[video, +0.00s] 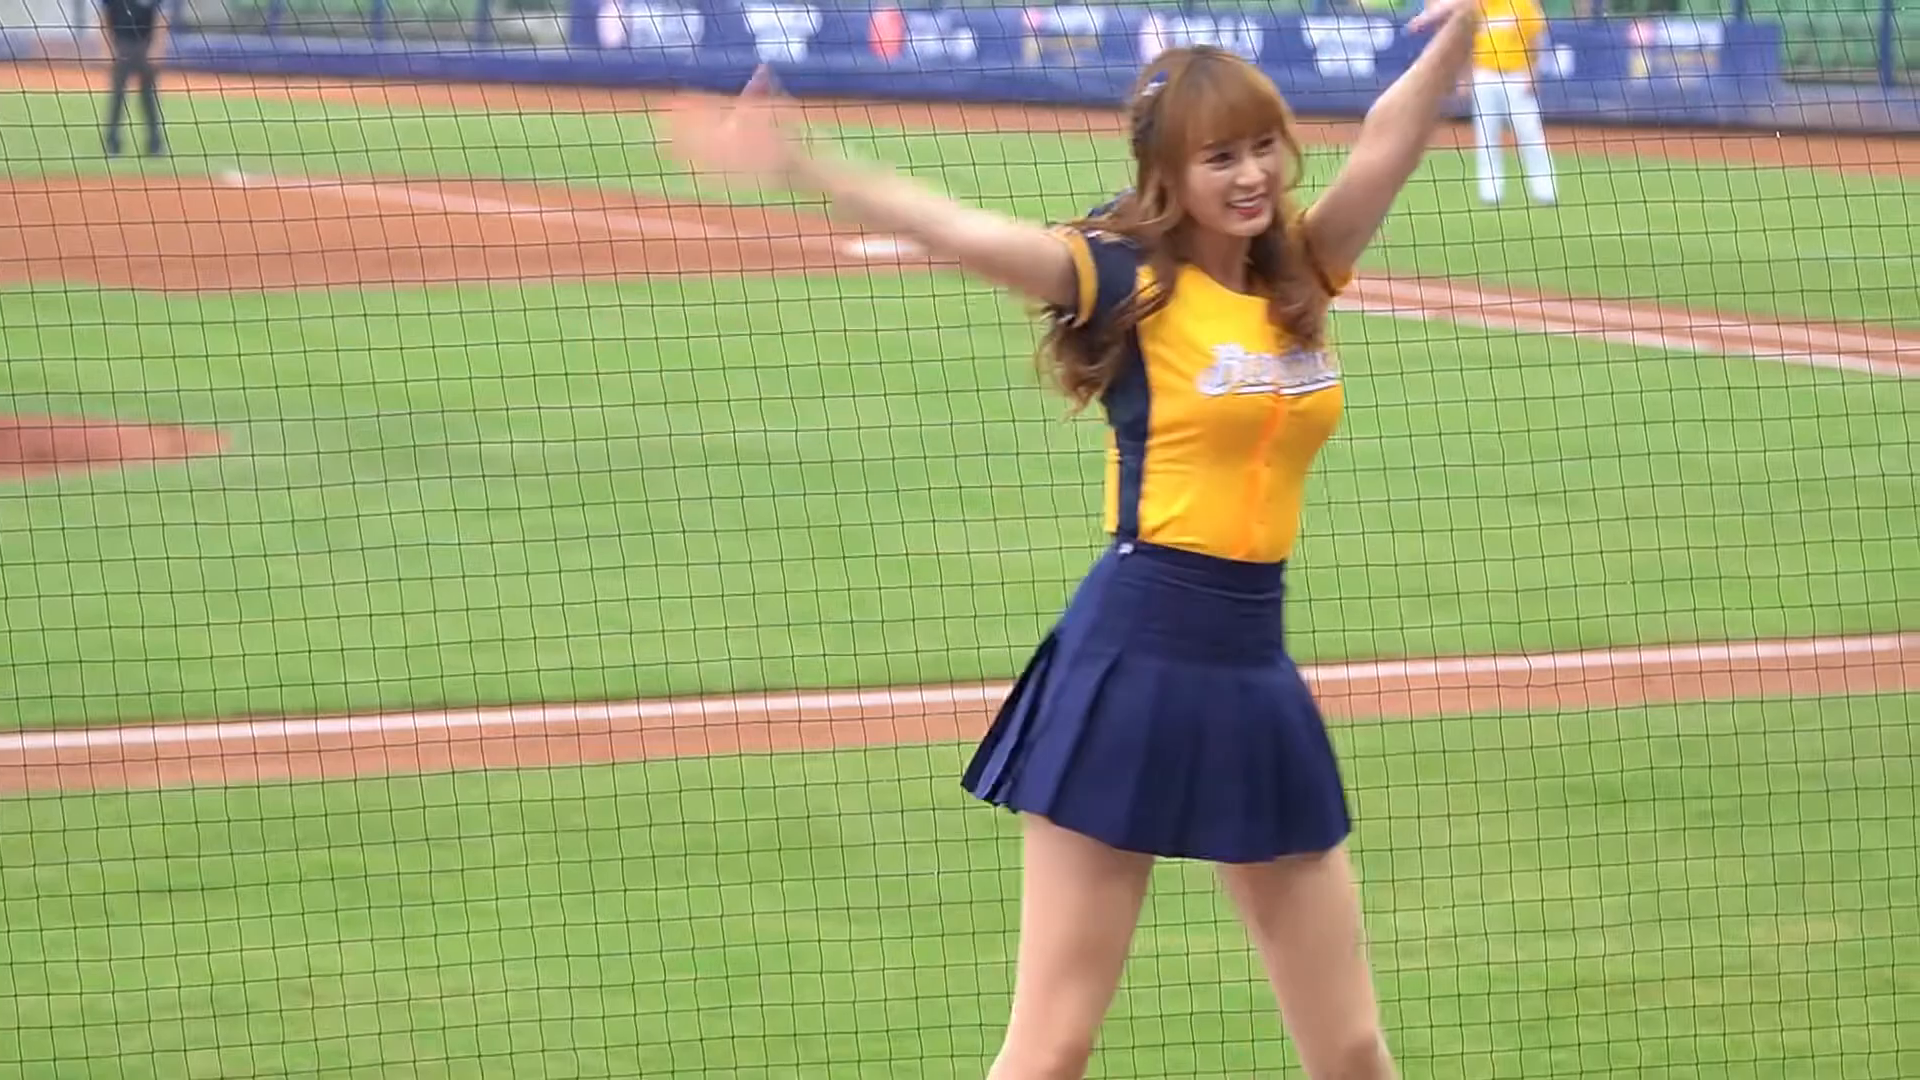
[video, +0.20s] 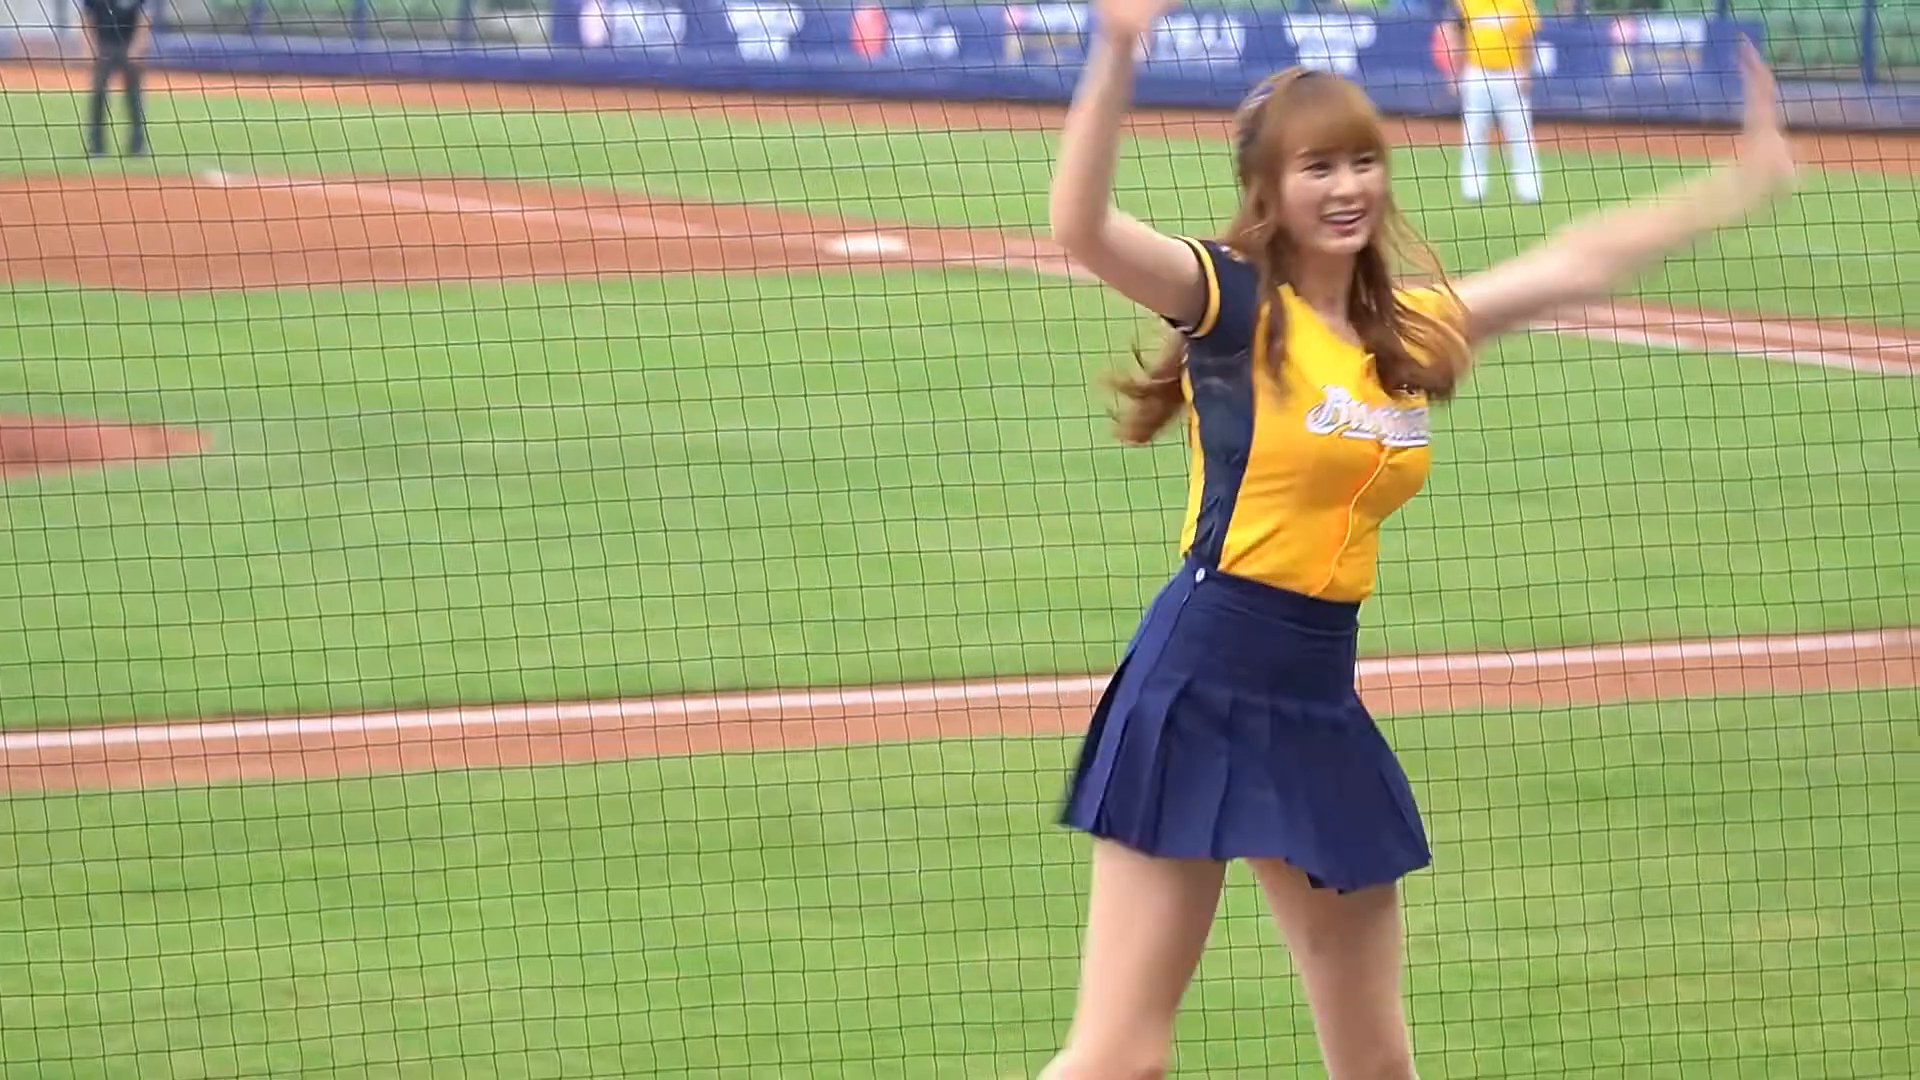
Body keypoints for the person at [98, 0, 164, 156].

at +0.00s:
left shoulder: (152, 4)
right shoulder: (111, 3)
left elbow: (161, 20)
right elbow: (105, 23)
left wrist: (156, 49)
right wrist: (112, 50)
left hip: (145, 46)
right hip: (121, 46)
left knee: (148, 96)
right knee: (117, 95)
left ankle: (154, 139)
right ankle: (112, 137)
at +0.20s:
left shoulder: (139, 3)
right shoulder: (93, 2)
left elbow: (145, 20)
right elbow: (86, 20)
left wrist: (136, 49)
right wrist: (92, 49)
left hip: (130, 45)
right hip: (104, 44)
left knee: (133, 96)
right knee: (99, 94)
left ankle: (137, 140)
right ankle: (96, 140)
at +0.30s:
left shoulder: (119, 3)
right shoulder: (74, 3)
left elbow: (126, 22)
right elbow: (68, 23)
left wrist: (114, 51)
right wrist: (76, 49)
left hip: (110, 48)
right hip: (85, 47)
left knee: (115, 98)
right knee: (79, 98)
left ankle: (119, 143)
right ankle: (81, 144)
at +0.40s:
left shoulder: (99, 3)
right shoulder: (54, 3)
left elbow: (108, 25)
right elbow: (49, 24)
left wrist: (94, 52)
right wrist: (55, 50)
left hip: (91, 50)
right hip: (65, 50)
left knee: (98, 102)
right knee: (60, 100)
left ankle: (102, 147)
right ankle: (61, 148)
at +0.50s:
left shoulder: (84, 4)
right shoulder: (43, 4)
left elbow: (100, 28)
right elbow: (37, 32)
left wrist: (82, 53)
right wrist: (46, 57)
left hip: (81, 57)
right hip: (56, 58)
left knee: (88, 105)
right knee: (49, 107)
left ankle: (99, 152)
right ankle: (53, 154)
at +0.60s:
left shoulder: (73, 6)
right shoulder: (34, 8)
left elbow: (91, 34)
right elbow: (31, 40)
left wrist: (73, 58)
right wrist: (39, 64)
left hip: (73, 63)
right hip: (49, 64)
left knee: (82, 111)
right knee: (41, 113)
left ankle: (93, 159)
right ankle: (46, 161)